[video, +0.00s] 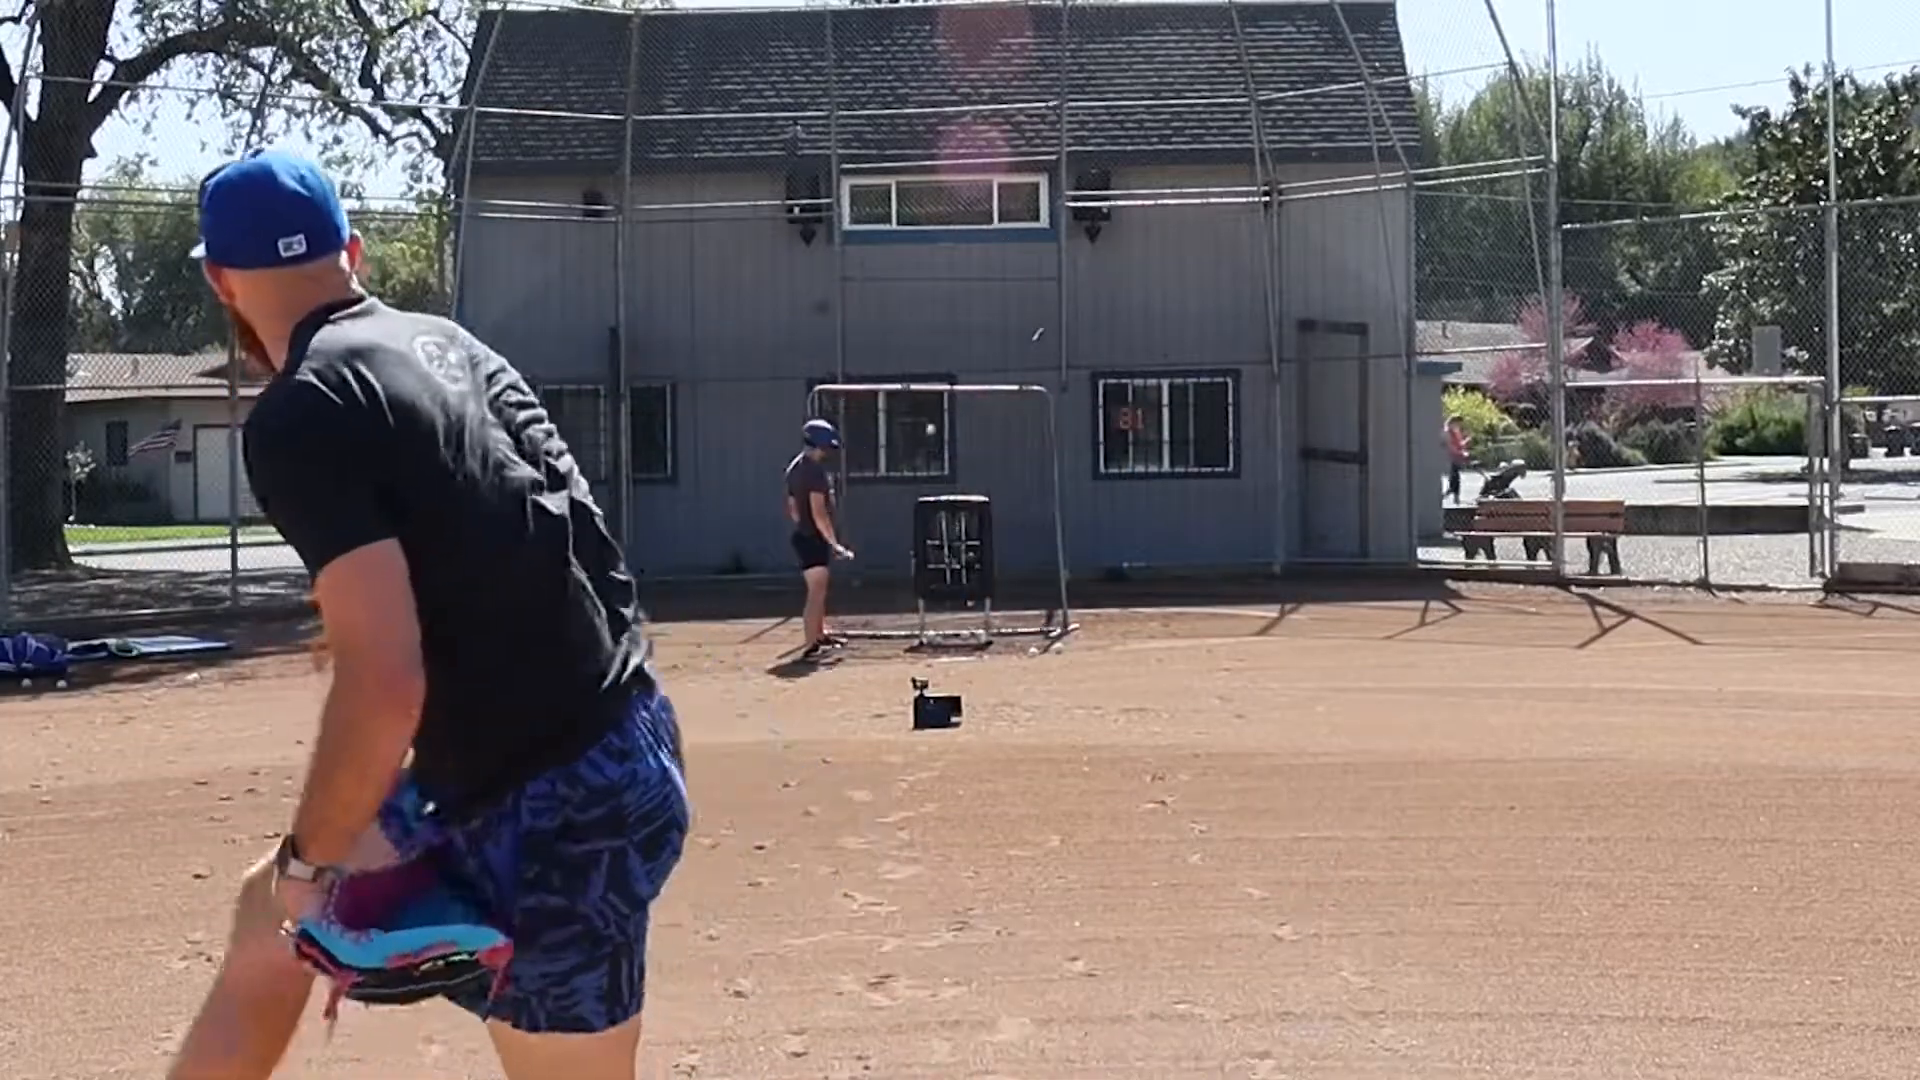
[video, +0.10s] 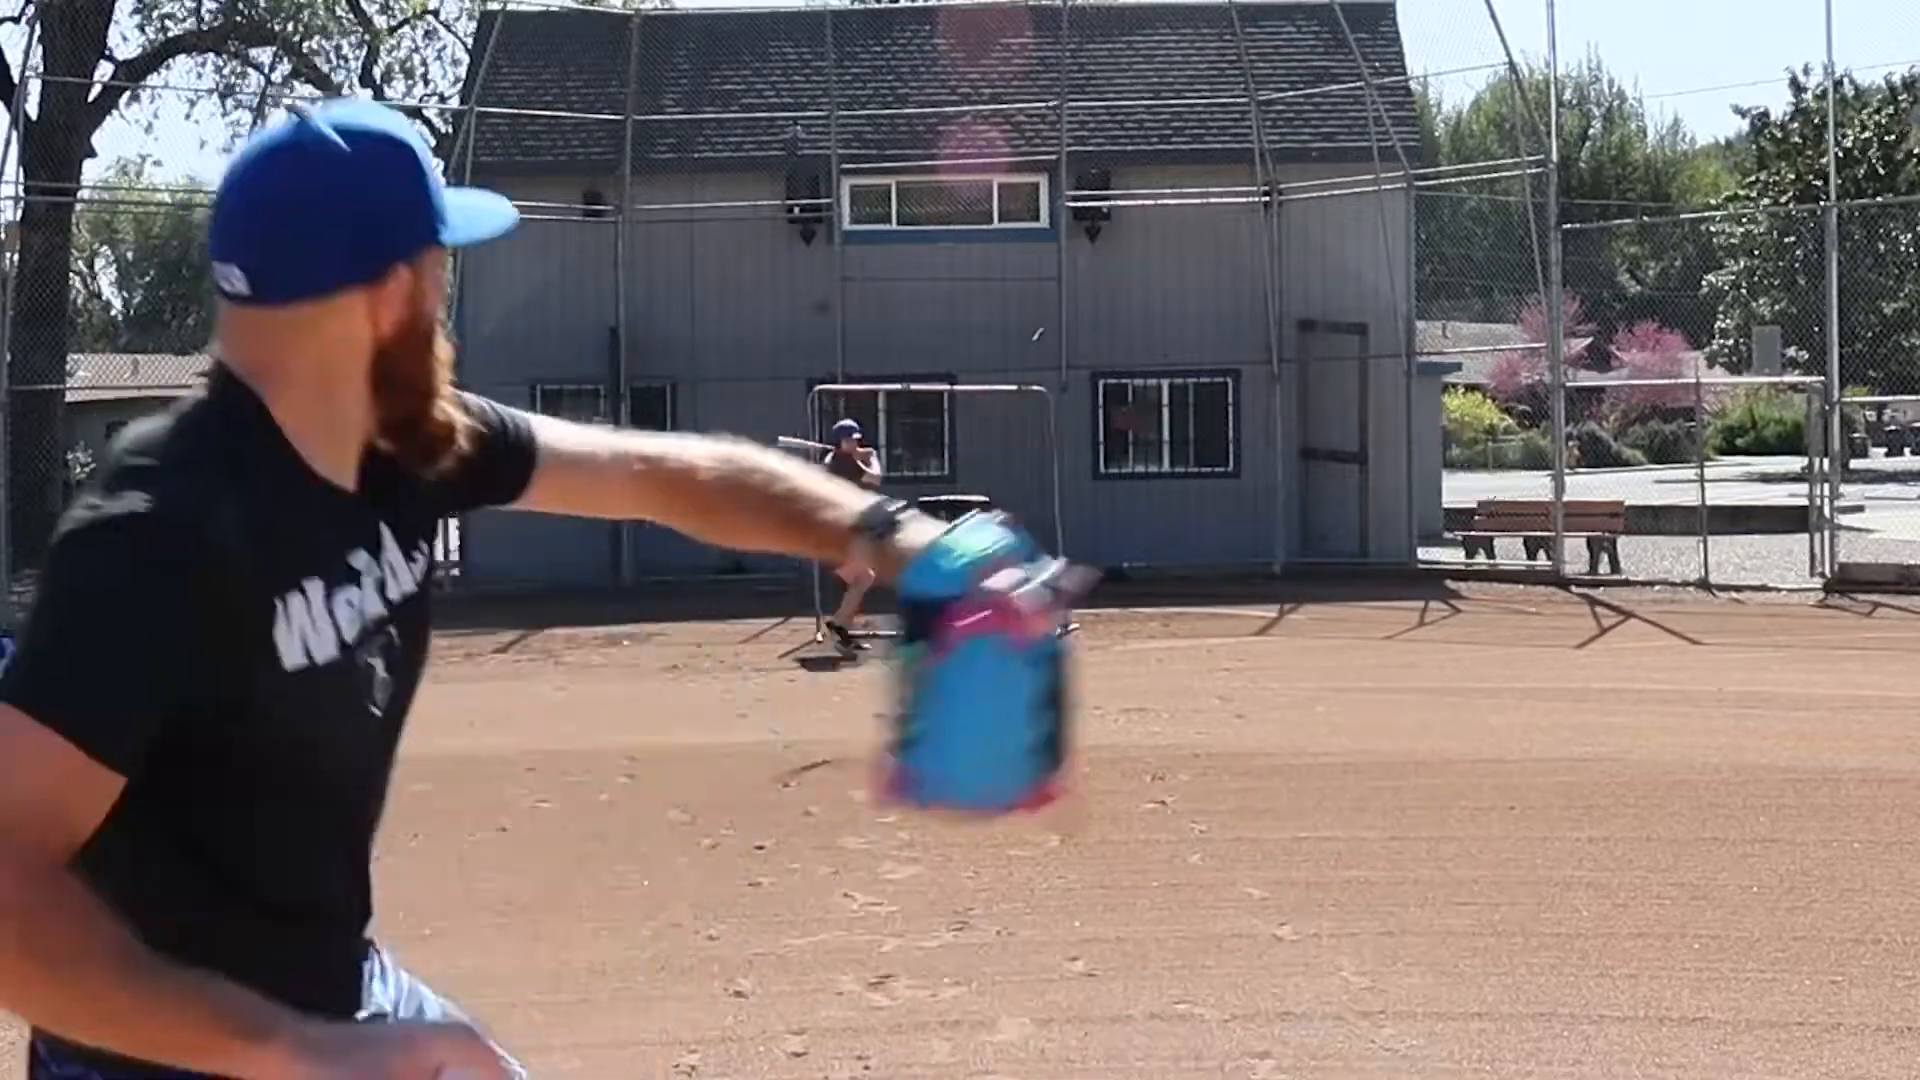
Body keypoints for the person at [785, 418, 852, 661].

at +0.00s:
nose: (828, 451)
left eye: (829, 446)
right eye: (826, 446)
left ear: (808, 443)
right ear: (817, 444)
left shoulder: (796, 466)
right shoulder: (814, 471)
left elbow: (793, 507)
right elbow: (819, 512)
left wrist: (804, 527)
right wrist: (834, 543)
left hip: (804, 533)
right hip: (814, 534)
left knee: (817, 588)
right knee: (817, 590)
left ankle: (819, 634)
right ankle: (812, 643)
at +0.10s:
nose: (853, 444)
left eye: (856, 440)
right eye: (848, 441)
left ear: (859, 440)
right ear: (839, 442)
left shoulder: (868, 455)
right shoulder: (833, 462)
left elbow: (875, 478)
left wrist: (854, 459)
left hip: (855, 527)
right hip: (834, 527)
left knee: (860, 577)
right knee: (865, 575)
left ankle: (845, 626)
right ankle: (838, 622)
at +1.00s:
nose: (866, 473)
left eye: (869, 469)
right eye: (862, 468)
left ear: (872, 471)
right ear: (851, 467)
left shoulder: (871, 491)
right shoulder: (834, 479)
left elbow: (847, 491)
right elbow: (804, 484)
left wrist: (821, 485)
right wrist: (825, 483)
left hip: (842, 547)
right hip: (815, 541)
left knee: (846, 609)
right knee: (809, 592)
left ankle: (836, 632)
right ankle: (805, 646)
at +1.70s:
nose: (853, 448)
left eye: (853, 444)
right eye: (849, 443)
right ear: (839, 444)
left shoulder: (844, 475)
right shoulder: (828, 474)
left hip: (830, 532)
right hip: (824, 533)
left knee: (855, 581)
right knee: (856, 581)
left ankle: (837, 627)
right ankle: (834, 626)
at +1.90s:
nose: (857, 451)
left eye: (858, 447)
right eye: (853, 447)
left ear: (842, 448)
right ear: (842, 448)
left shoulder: (832, 466)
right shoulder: (844, 469)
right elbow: (873, 493)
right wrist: (874, 474)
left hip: (815, 534)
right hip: (825, 536)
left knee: (852, 582)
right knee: (867, 566)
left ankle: (840, 632)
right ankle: (839, 614)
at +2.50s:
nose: (852, 458)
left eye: (853, 453)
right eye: (848, 453)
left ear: (843, 455)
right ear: (836, 455)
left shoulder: (821, 475)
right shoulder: (838, 479)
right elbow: (862, 509)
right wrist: (860, 491)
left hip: (825, 545)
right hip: (818, 546)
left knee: (851, 592)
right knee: (840, 600)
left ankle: (837, 636)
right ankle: (812, 645)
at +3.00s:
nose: (848, 455)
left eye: (848, 450)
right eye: (845, 450)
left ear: (828, 450)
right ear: (837, 451)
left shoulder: (820, 471)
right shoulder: (828, 476)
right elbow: (827, 515)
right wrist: (847, 540)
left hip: (828, 538)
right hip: (824, 539)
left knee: (849, 590)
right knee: (837, 594)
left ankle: (836, 634)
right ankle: (812, 642)